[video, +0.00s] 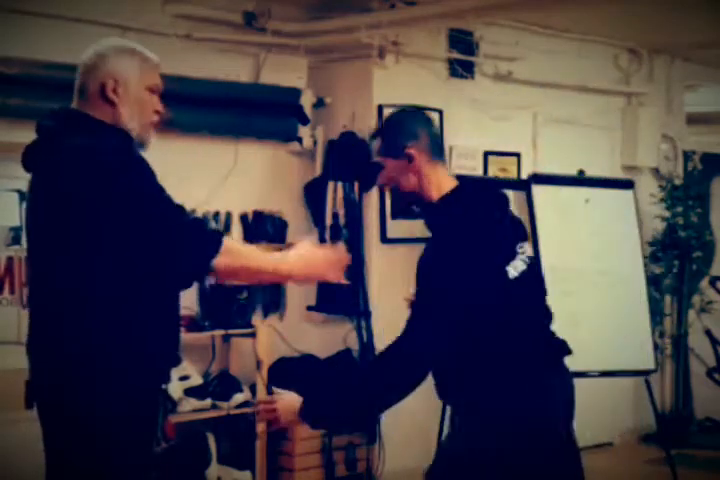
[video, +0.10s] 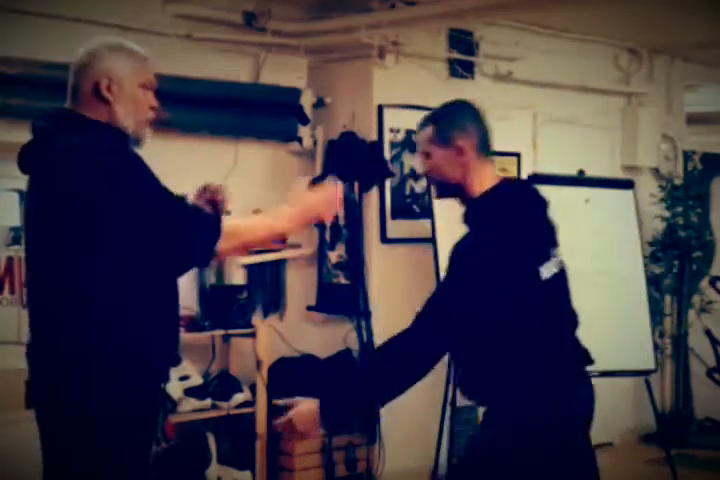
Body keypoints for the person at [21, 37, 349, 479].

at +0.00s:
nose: (161, 109)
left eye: (159, 96)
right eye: (154, 93)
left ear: (110, 92)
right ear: (112, 91)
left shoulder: (63, 157)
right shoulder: (104, 160)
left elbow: (178, 245)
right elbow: (194, 250)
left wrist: (277, 262)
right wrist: (290, 265)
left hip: (71, 382)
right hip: (109, 390)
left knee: (78, 472)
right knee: (118, 471)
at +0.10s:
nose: (156, 105)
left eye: (154, 92)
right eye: (148, 89)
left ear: (106, 90)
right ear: (107, 89)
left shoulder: (61, 154)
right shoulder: (97, 157)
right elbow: (192, 240)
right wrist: (299, 212)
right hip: (108, 389)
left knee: (80, 473)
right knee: (115, 472)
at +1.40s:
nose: (180, 137)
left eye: (184, 125)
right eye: (178, 120)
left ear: (140, 100)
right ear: (145, 103)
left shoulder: (61, 158)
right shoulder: (133, 164)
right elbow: (211, 268)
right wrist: (296, 330)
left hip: (60, 380)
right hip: (117, 386)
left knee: (65, 472)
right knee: (121, 471)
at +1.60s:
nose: (179, 133)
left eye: (183, 122)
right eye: (177, 117)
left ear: (138, 99)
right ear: (141, 99)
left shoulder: (69, 154)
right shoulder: (125, 162)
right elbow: (206, 268)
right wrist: (291, 318)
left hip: (65, 383)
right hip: (114, 390)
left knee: (67, 472)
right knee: (114, 471)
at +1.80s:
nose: (177, 126)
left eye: (180, 114)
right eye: (173, 109)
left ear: (133, 97)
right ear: (137, 97)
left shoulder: (67, 156)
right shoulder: (123, 162)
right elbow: (205, 265)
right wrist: (293, 308)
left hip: (66, 377)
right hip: (115, 386)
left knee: (70, 471)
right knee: (117, 471)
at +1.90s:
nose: (177, 119)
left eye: (178, 106)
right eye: (172, 103)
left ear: (131, 96)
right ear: (134, 96)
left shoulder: (69, 155)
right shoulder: (122, 161)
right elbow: (197, 267)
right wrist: (283, 308)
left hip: (71, 377)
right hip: (114, 386)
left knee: (74, 472)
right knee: (117, 471)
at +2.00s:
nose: (174, 108)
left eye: (173, 96)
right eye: (167, 93)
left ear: (123, 94)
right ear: (127, 93)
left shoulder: (65, 160)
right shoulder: (125, 164)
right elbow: (188, 278)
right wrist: (264, 320)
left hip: (70, 375)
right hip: (114, 385)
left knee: (73, 469)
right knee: (114, 469)